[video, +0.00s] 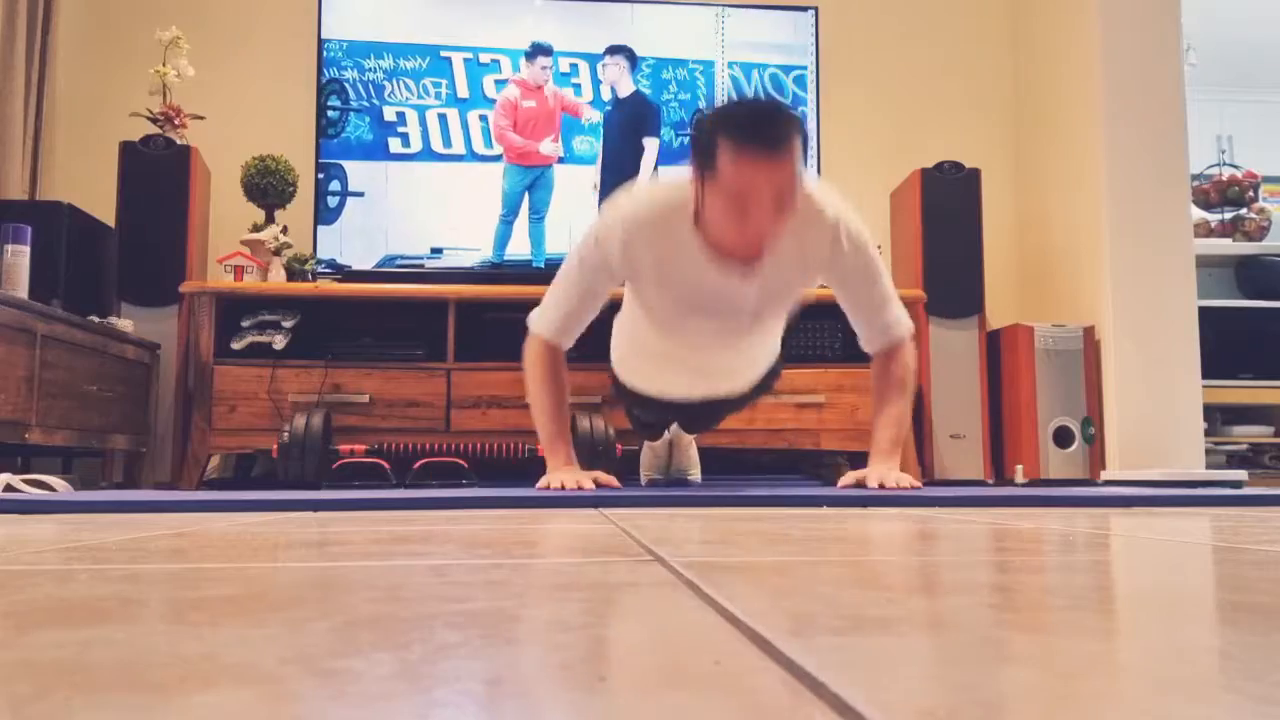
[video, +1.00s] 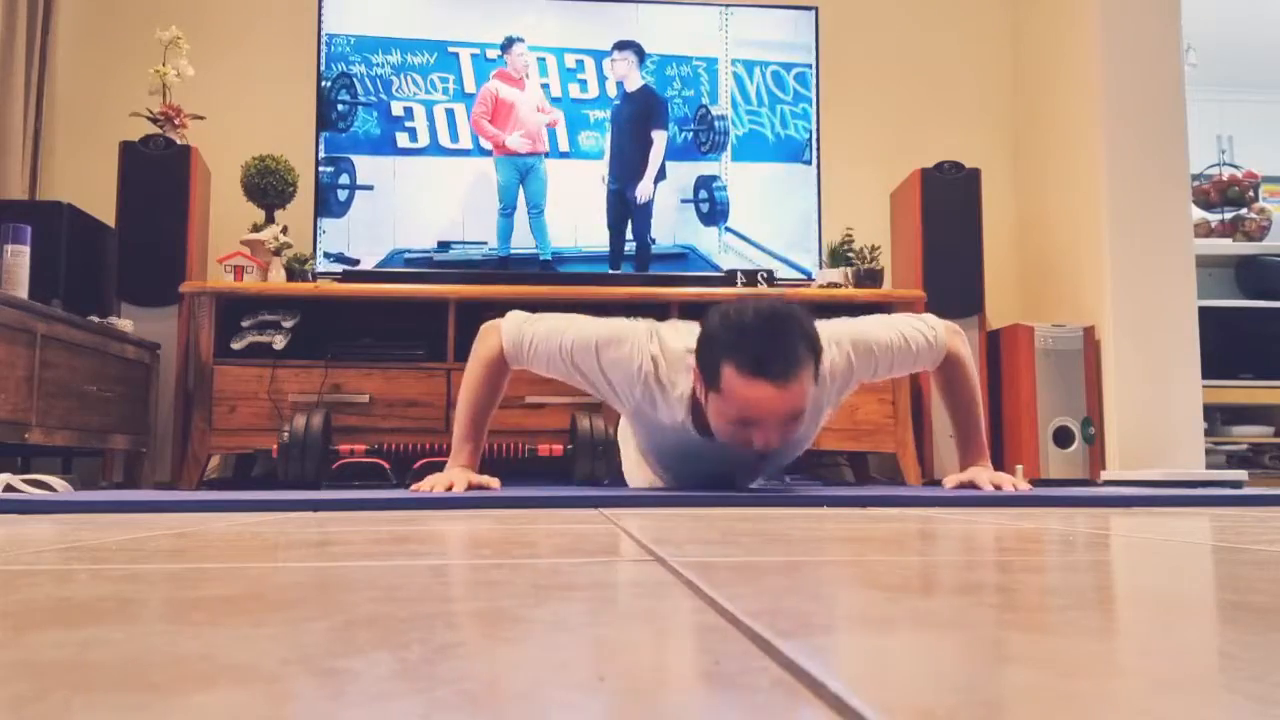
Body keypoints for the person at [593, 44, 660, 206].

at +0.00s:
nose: (602, 72)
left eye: (605, 66)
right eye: (602, 67)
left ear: (621, 68)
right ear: (619, 68)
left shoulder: (647, 107)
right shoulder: (610, 107)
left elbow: (651, 149)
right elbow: (605, 145)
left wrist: (639, 190)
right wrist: (598, 175)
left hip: (632, 194)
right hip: (608, 192)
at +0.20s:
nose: (605, 70)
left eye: (610, 65)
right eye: (605, 65)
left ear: (626, 67)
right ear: (609, 68)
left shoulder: (649, 105)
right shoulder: (611, 106)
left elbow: (652, 149)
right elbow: (605, 144)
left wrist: (641, 185)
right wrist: (600, 171)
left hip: (634, 186)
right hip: (610, 184)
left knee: (635, 241)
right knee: (609, 240)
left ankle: (634, 285)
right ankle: (607, 283)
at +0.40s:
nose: (605, 68)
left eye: (610, 63)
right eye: (606, 63)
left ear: (626, 66)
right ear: (620, 67)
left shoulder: (650, 104)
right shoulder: (614, 105)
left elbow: (654, 146)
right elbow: (607, 143)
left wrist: (642, 184)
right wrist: (602, 171)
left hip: (635, 183)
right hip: (611, 180)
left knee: (636, 237)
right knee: (611, 237)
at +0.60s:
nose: (608, 67)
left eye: (614, 62)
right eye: (609, 62)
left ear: (630, 64)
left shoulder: (650, 101)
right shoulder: (615, 102)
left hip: (644, 177)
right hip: (616, 177)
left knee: (644, 231)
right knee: (613, 231)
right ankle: (611, 273)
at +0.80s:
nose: (610, 66)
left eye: (615, 61)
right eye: (610, 62)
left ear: (630, 64)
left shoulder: (654, 102)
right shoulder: (617, 102)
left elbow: (657, 144)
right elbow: (611, 140)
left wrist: (646, 181)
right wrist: (606, 170)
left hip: (638, 180)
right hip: (614, 179)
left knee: (639, 237)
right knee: (614, 238)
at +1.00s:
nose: (613, 66)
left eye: (618, 61)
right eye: (612, 61)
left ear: (633, 63)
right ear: (615, 64)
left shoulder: (654, 101)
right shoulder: (619, 100)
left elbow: (659, 143)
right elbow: (611, 139)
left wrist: (648, 180)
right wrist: (607, 168)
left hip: (640, 180)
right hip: (616, 178)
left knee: (641, 234)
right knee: (615, 231)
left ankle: (641, 278)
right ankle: (614, 274)